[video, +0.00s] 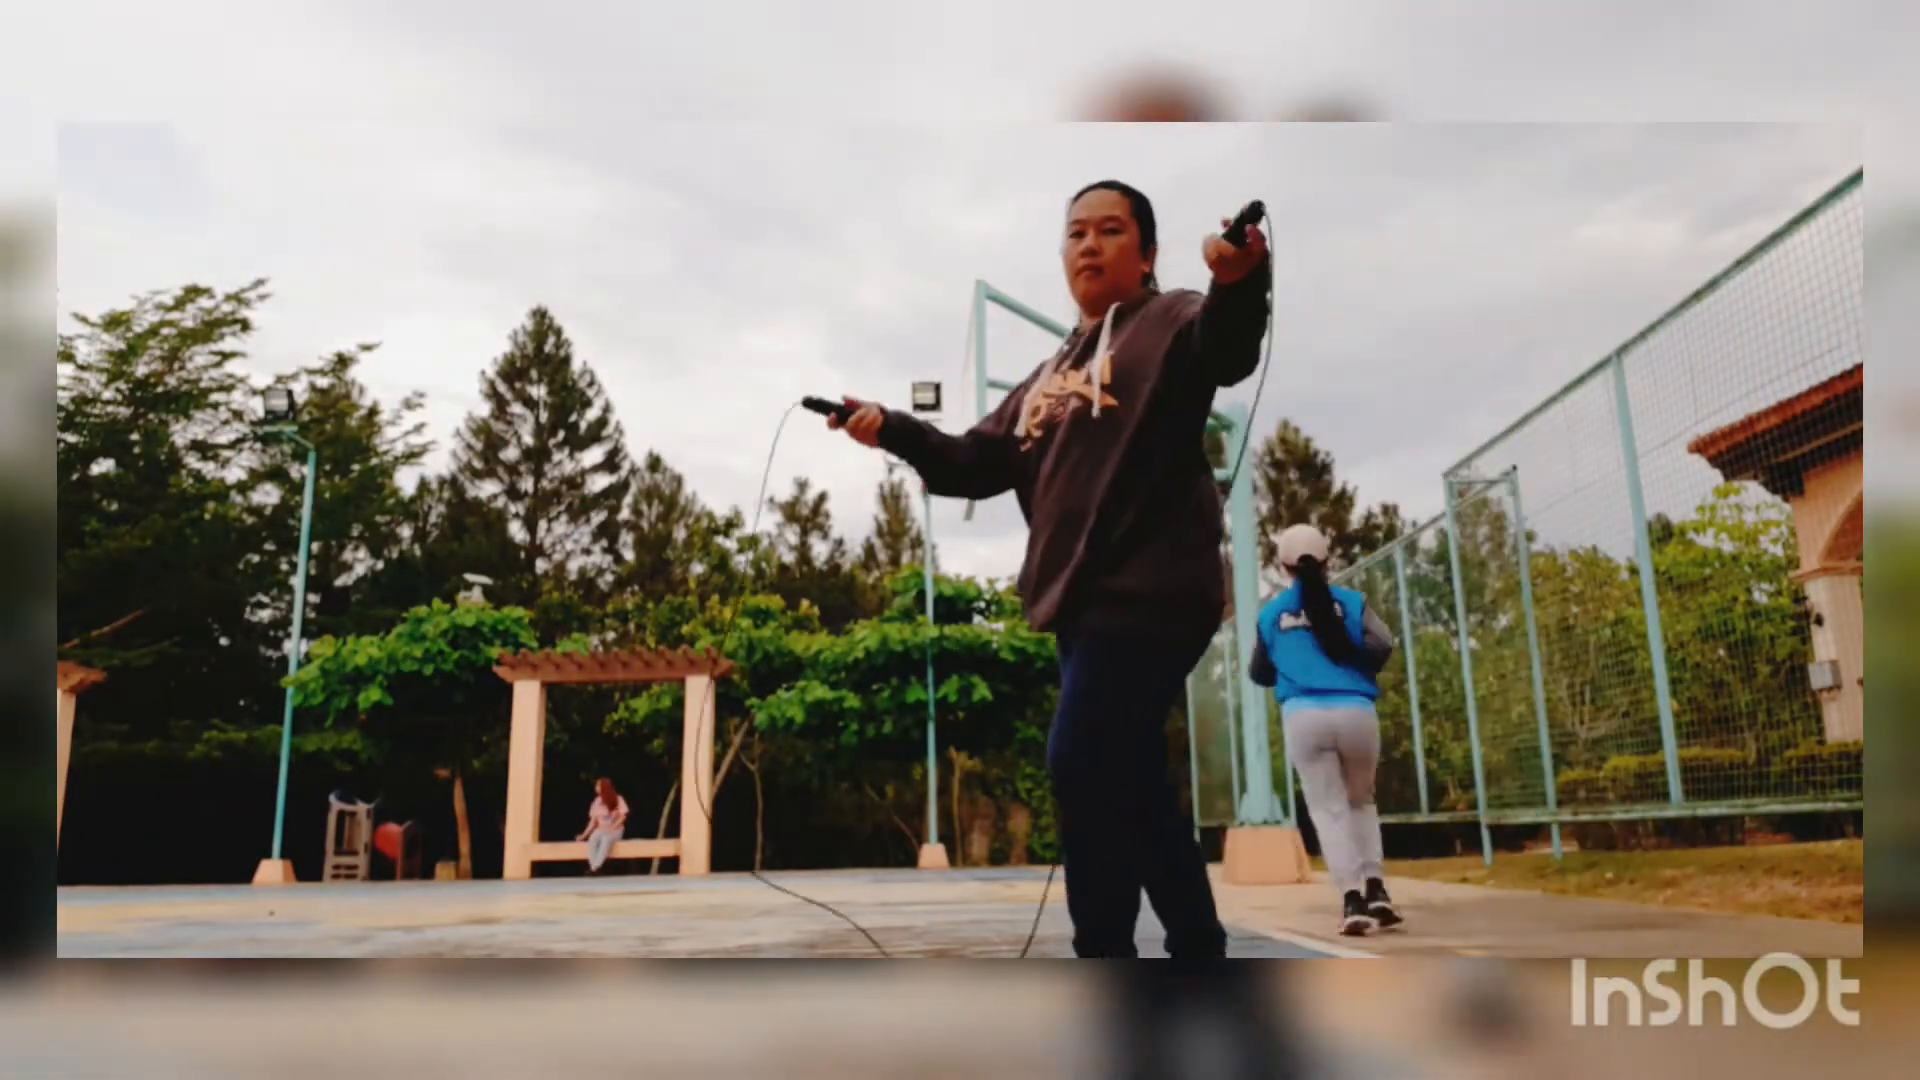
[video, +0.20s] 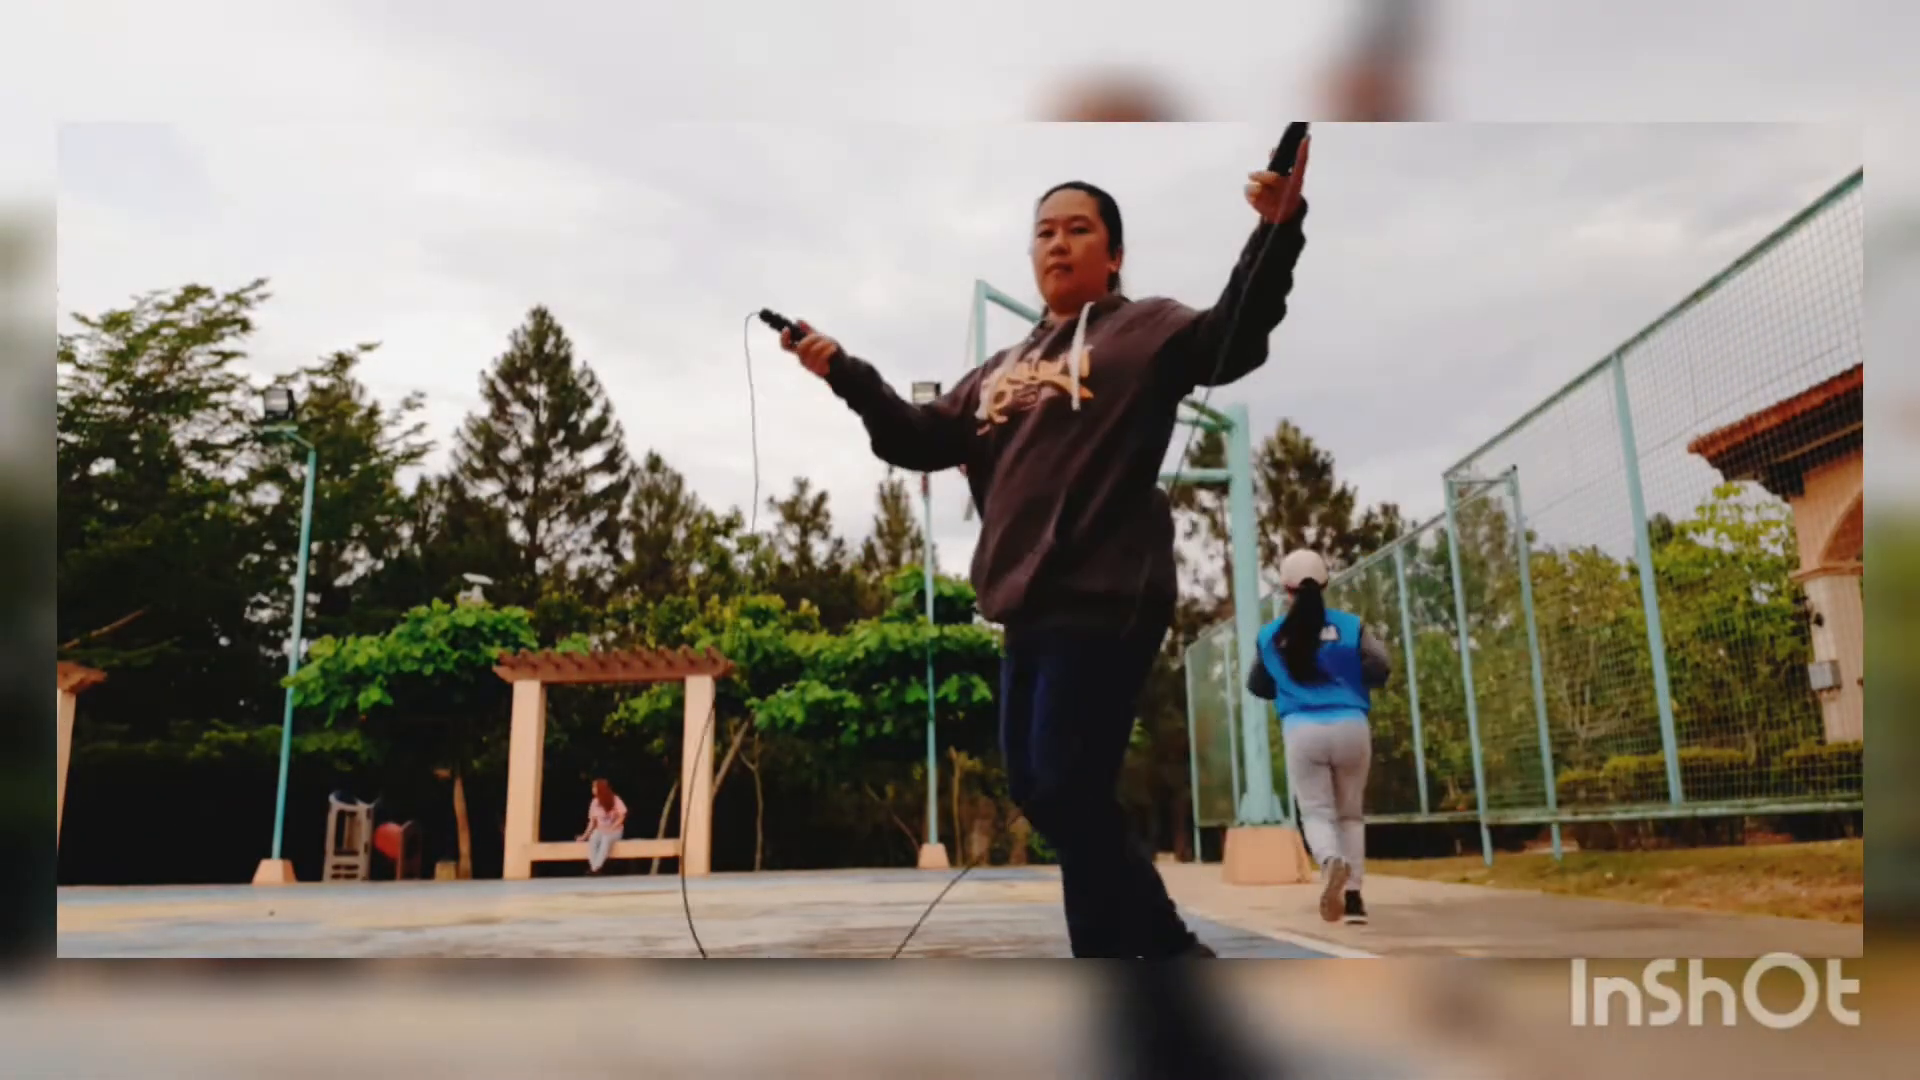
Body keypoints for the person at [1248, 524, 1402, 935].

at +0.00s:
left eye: (1283, 560)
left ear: (1283, 564)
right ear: (1326, 559)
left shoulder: (1271, 613)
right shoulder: (1351, 601)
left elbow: (1259, 672)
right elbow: (1382, 642)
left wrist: (1291, 670)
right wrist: (1362, 669)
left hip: (1304, 718)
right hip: (1356, 713)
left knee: (1328, 809)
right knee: (1363, 802)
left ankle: (1352, 899)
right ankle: (1374, 884)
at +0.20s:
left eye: (1286, 585)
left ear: (1285, 590)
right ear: (1324, 585)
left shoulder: (1271, 635)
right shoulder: (1350, 625)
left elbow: (1257, 684)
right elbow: (1379, 668)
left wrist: (1289, 688)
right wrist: (1351, 677)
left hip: (1301, 730)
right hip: (1350, 725)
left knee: (1315, 810)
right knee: (1351, 815)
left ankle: (1331, 862)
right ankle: (1353, 894)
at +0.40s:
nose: (1275, 600)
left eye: (1275, 596)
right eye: (1277, 595)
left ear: (1279, 598)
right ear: (1312, 595)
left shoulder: (1272, 635)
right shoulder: (1336, 632)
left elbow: (1261, 675)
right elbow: (1353, 679)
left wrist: (1273, 691)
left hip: (1293, 727)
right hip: (1338, 721)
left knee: (1305, 808)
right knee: (1344, 808)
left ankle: (1317, 883)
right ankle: (1352, 884)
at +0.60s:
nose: (1259, 623)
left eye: (1259, 618)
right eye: (1262, 617)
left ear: (1263, 620)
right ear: (1292, 616)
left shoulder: (1255, 658)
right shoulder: (1314, 652)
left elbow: (1248, 706)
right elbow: (1336, 697)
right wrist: (1308, 697)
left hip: (1281, 743)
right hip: (1321, 740)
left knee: (1292, 820)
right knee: (1327, 815)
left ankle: (1309, 887)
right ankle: (1339, 858)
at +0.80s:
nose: (1248, 629)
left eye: (1245, 624)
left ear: (1245, 628)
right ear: (1273, 624)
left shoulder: (1235, 662)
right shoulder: (1294, 657)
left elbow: (1223, 706)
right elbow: (1319, 690)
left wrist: (1246, 690)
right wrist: (1304, 704)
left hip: (1263, 739)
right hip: (1299, 736)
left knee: (1281, 806)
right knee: (1304, 807)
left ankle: (1297, 863)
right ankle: (1306, 869)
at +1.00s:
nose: (1229, 649)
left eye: (1230, 645)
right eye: (1231, 645)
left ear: (1234, 648)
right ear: (1258, 645)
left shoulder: (1226, 680)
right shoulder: (1280, 677)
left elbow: (1218, 717)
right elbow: (1285, 707)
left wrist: (1232, 731)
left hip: (1250, 754)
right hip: (1287, 748)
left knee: (1254, 817)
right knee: (1287, 820)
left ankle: (1278, 860)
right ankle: (1301, 877)